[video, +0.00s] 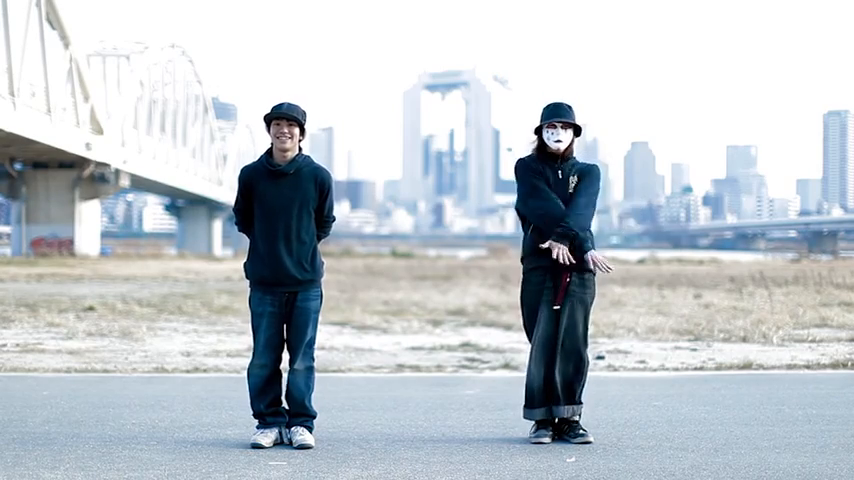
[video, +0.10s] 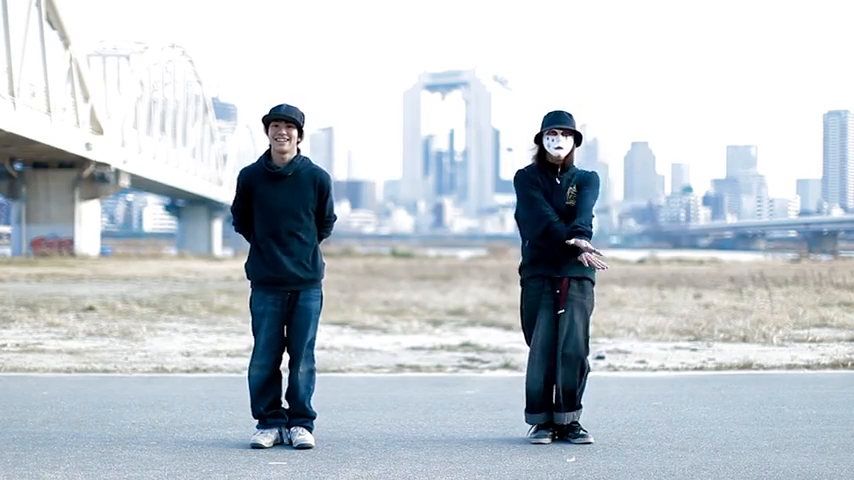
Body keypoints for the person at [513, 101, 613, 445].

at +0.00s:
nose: (557, 133)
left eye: (564, 128)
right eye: (551, 127)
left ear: (574, 133)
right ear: (541, 131)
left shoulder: (588, 170)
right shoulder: (526, 166)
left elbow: (582, 208)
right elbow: (542, 205)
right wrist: (582, 244)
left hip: (576, 263)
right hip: (538, 265)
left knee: (573, 339)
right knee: (541, 339)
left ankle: (569, 419)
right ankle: (543, 420)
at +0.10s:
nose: (558, 141)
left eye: (565, 135)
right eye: (552, 134)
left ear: (574, 141)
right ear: (542, 139)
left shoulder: (587, 177)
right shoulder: (526, 176)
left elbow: (585, 212)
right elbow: (542, 215)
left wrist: (579, 236)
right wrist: (575, 243)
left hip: (576, 271)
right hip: (538, 272)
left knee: (574, 345)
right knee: (540, 344)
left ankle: (569, 421)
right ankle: (542, 422)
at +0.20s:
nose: (563, 133)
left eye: (569, 128)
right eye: (557, 127)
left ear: (579, 134)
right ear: (546, 132)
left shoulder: (587, 173)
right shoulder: (530, 167)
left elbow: (616, 200)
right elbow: (529, 204)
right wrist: (534, 240)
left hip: (575, 268)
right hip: (536, 267)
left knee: (573, 343)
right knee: (541, 343)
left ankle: (569, 421)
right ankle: (543, 422)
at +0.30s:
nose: (573, 114)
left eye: (578, 109)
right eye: (566, 109)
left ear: (587, 115)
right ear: (555, 115)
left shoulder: (594, 159)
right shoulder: (539, 148)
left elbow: (629, 193)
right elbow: (515, 193)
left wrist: (663, 232)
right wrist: (495, 237)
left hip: (574, 259)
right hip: (534, 259)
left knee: (573, 338)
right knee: (538, 338)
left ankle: (572, 417)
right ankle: (542, 419)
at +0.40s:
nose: (580, 109)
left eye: (586, 104)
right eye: (572, 106)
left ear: (596, 112)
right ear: (563, 115)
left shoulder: (600, 161)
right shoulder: (548, 151)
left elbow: (602, 214)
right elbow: (523, 201)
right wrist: (504, 251)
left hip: (570, 260)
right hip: (533, 259)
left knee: (569, 332)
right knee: (532, 332)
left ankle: (575, 412)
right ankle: (539, 415)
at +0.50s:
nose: (585, 124)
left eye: (590, 118)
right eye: (577, 122)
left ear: (601, 125)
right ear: (568, 132)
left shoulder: (605, 173)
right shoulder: (553, 169)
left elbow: (592, 226)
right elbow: (528, 219)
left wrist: (580, 263)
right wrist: (505, 256)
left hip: (570, 271)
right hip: (532, 269)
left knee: (566, 339)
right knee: (529, 340)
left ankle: (571, 416)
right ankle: (540, 418)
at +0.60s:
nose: (582, 119)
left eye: (587, 113)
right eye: (574, 116)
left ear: (600, 121)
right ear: (567, 127)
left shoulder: (608, 168)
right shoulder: (554, 161)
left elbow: (606, 220)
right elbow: (528, 211)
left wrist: (605, 264)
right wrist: (500, 255)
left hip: (570, 267)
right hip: (534, 266)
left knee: (568, 339)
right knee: (531, 339)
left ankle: (571, 415)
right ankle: (538, 418)